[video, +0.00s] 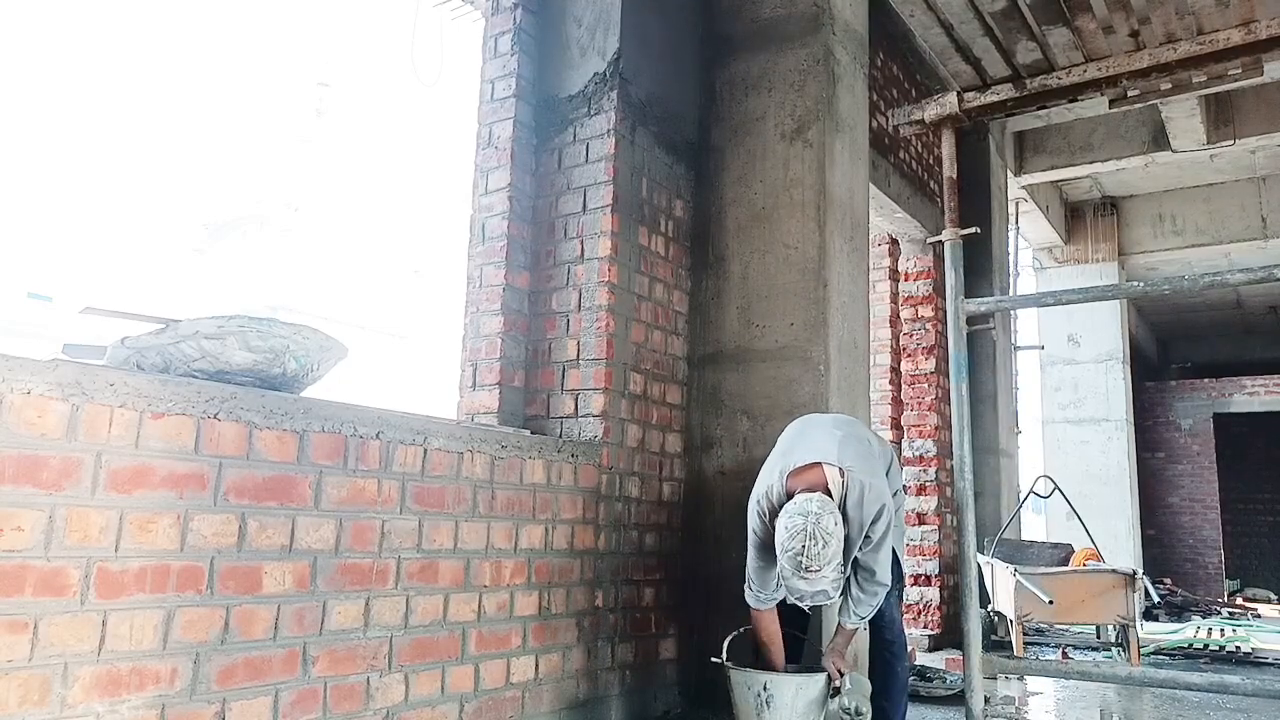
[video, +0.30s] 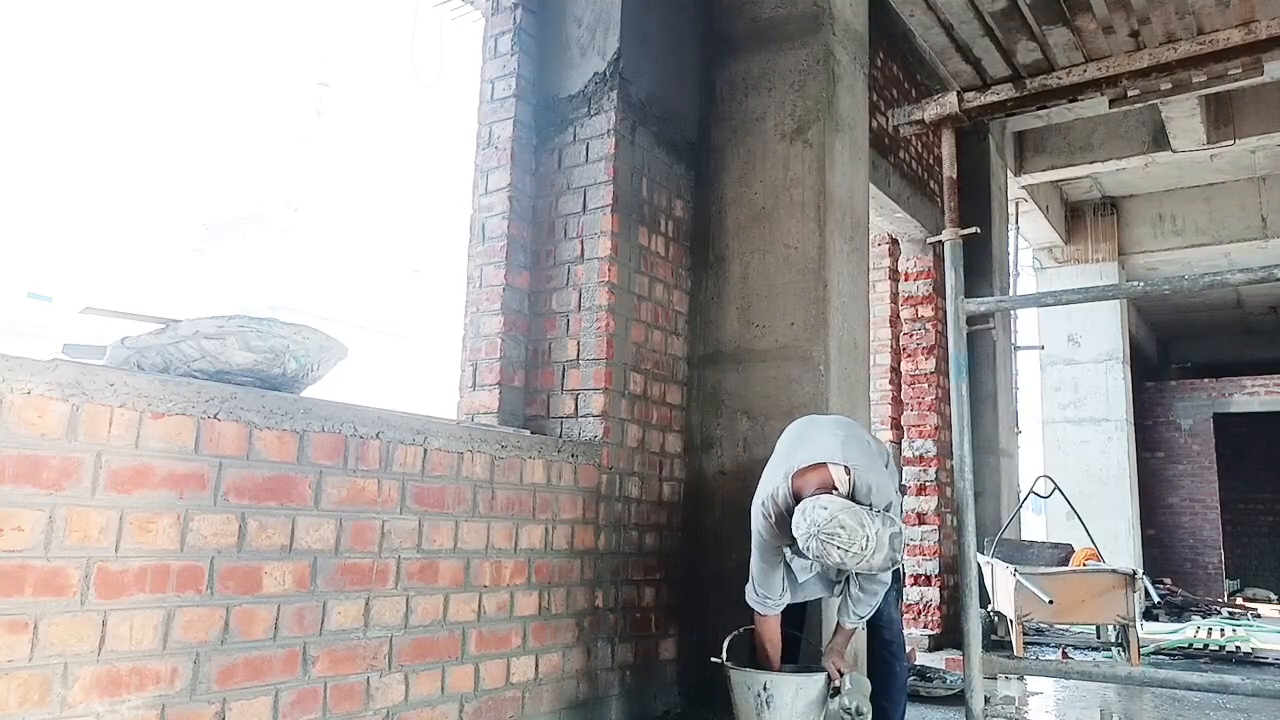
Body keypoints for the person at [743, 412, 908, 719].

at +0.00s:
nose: (810, 602)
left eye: (821, 592)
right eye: (800, 592)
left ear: (840, 531)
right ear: (778, 533)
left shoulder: (871, 500)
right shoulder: (763, 503)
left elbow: (872, 582)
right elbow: (761, 598)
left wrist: (838, 649)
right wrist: (777, 682)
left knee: (884, 615)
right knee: (789, 608)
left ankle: (889, 713)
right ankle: (782, 703)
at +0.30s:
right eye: (856, 563)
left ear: (859, 514)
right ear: (808, 545)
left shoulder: (879, 491)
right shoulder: (769, 508)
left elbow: (873, 578)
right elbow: (767, 604)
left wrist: (838, 648)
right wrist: (772, 688)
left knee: (885, 620)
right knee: (789, 613)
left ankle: (888, 713)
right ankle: (780, 707)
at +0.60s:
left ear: (876, 514)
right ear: (824, 541)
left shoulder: (883, 491)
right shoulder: (774, 505)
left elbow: (872, 583)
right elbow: (763, 602)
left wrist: (837, 650)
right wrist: (779, 684)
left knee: (885, 621)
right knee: (787, 611)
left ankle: (889, 713)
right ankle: (781, 705)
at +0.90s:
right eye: (865, 561)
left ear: (881, 515)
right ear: (827, 540)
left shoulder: (885, 491)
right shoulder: (776, 506)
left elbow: (872, 582)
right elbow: (749, 602)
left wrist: (837, 650)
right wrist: (768, 684)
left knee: (885, 620)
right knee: (783, 609)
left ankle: (889, 713)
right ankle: (776, 705)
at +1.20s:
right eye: (849, 562)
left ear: (872, 515)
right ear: (815, 538)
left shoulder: (877, 488)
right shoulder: (771, 500)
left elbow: (868, 582)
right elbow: (749, 604)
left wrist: (836, 650)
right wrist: (757, 693)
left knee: (883, 623)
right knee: (780, 616)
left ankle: (889, 714)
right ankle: (769, 707)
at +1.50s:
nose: (856, 387)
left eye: (858, 374)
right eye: (843, 379)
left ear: (862, 359)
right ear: (807, 375)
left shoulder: (881, 381)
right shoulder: (772, 399)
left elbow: (908, 469)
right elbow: (752, 488)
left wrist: (893, 545)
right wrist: (761, 562)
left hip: (878, 509)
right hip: (816, 512)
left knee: (892, 628)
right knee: (813, 617)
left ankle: (894, 714)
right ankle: (804, 713)